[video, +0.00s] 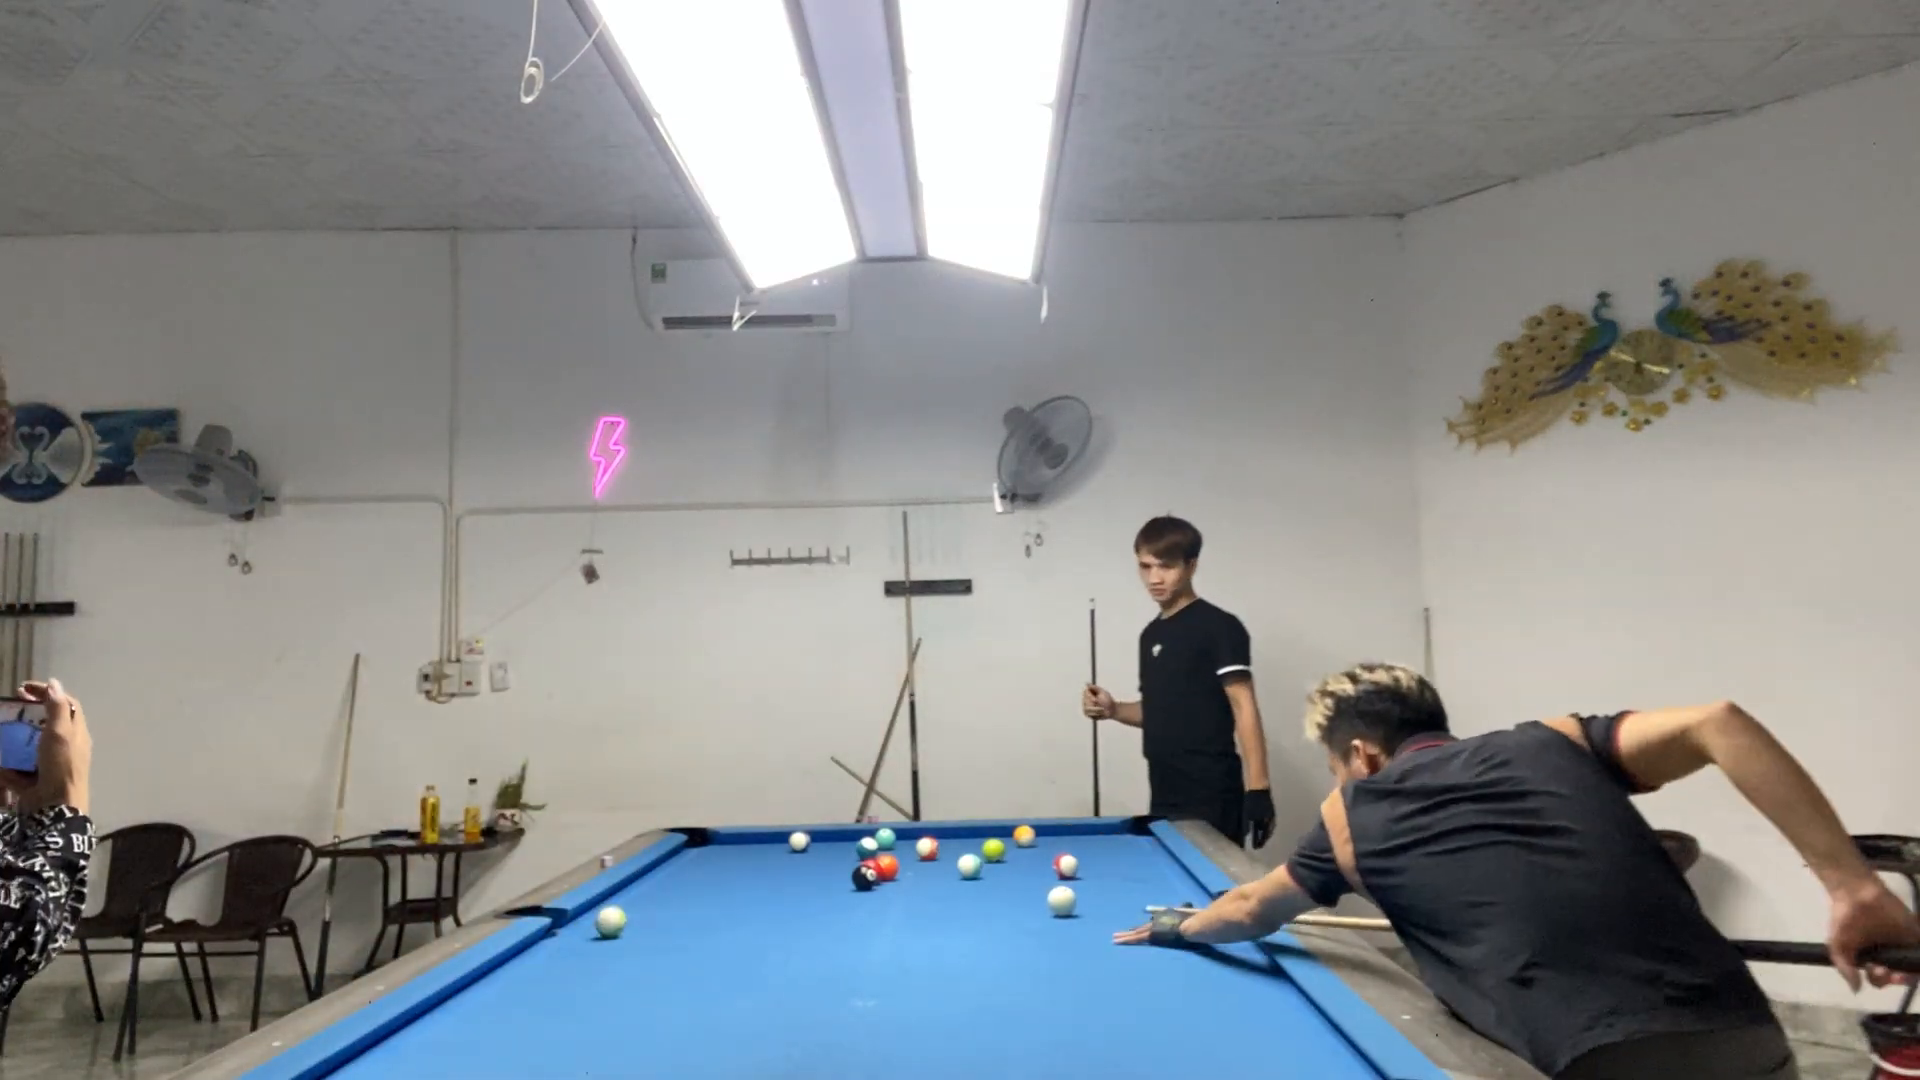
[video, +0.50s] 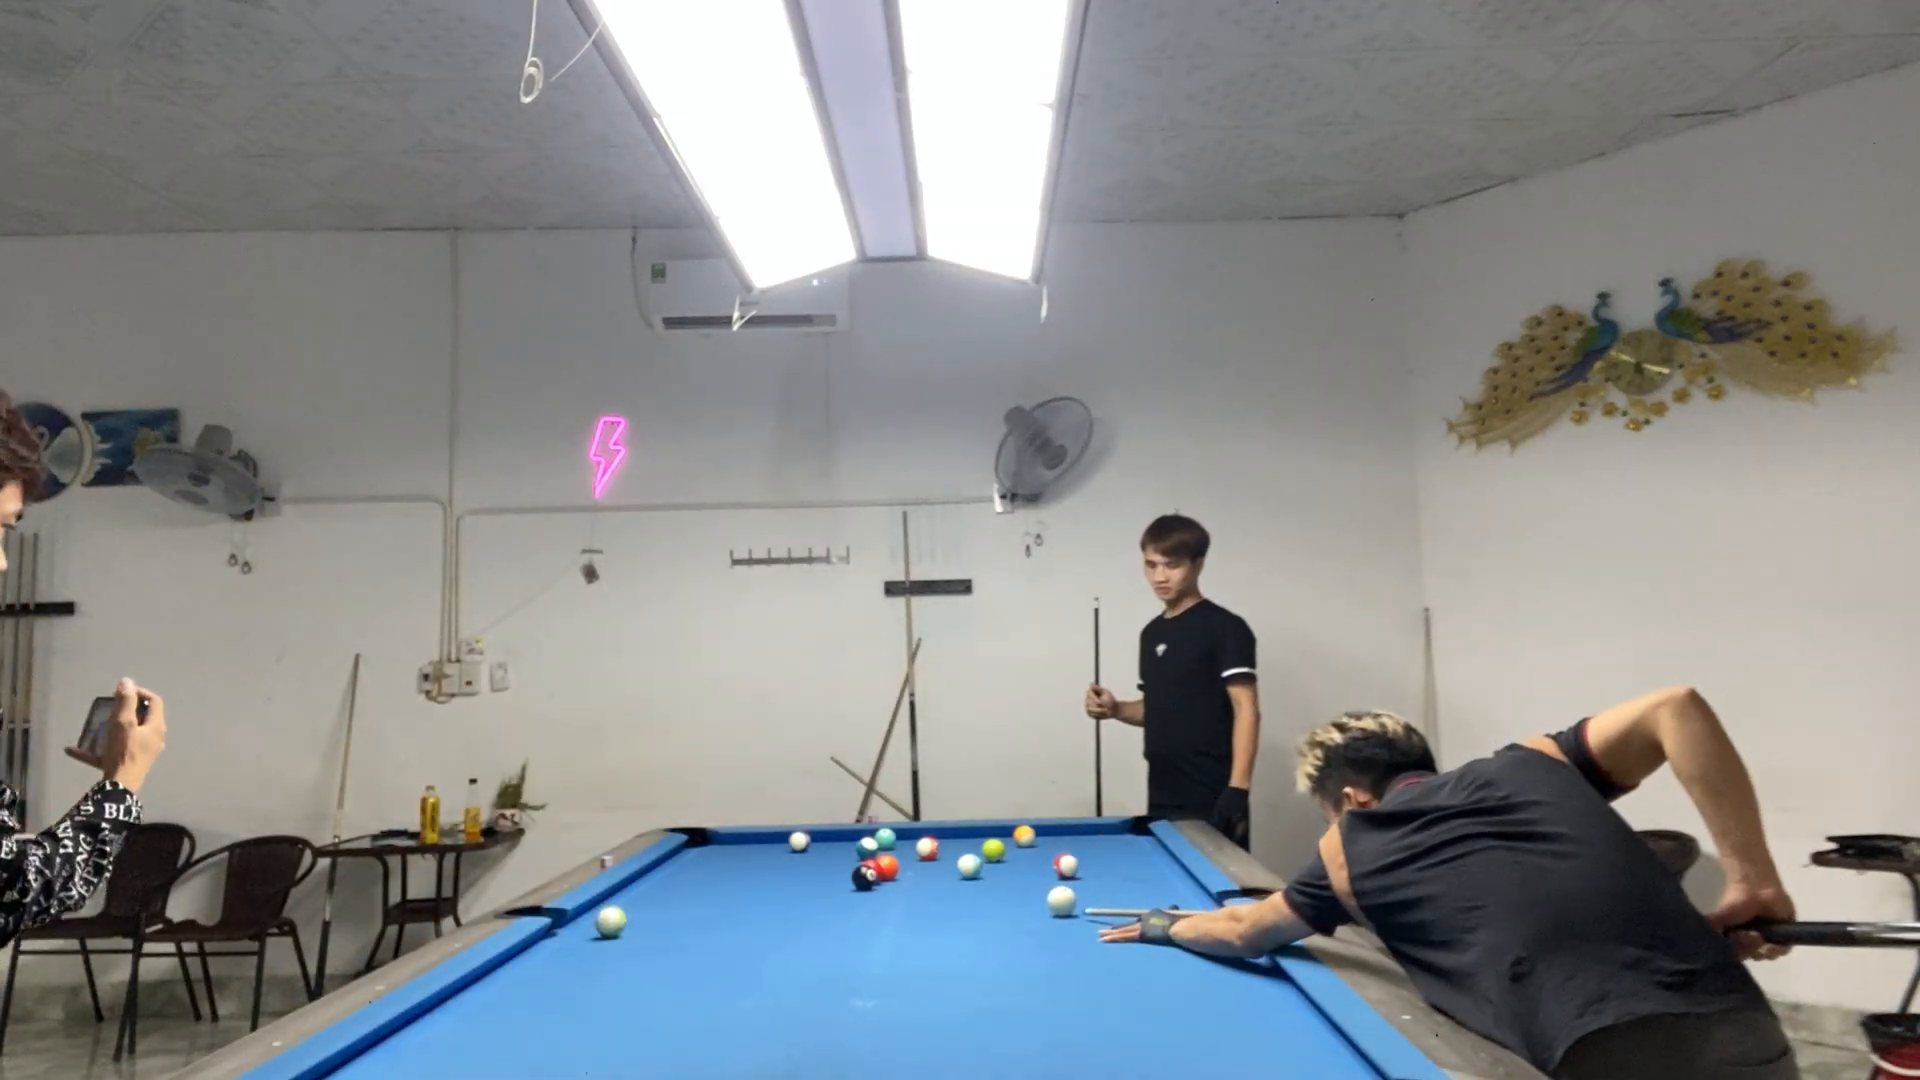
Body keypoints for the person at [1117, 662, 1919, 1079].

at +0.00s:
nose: (1329, 787)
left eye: (1328, 770)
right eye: (1327, 773)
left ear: (1360, 757)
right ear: (1436, 727)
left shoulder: (1353, 810)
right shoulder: (1555, 737)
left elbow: (1245, 910)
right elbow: (1717, 723)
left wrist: (1175, 927)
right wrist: (1852, 881)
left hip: (1607, 1062)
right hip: (1745, 1042)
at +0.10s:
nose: (1332, 804)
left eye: (1330, 790)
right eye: (1326, 793)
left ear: (1360, 773)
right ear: (1433, 744)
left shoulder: (1350, 831)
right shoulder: (1543, 742)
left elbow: (1250, 919)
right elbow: (1699, 707)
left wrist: (1179, 927)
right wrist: (1813, 868)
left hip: (1610, 1058)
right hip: (1749, 1041)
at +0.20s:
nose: (1332, 808)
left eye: (1328, 798)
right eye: (1326, 800)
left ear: (1355, 784)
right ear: (1429, 750)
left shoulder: (1350, 835)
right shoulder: (1539, 748)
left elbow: (1248, 923)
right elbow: (1686, 703)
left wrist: (1181, 926)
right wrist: (1781, 870)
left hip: (1610, 1053)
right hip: (1745, 1036)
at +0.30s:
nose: (1329, 815)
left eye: (1325, 806)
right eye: (1323, 806)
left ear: (1352, 790)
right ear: (1424, 758)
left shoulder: (1350, 839)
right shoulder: (1535, 752)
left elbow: (1244, 926)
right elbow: (1682, 705)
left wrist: (1171, 926)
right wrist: (1766, 873)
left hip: (1609, 1052)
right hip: (1744, 1036)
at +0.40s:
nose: (1329, 820)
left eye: (1325, 809)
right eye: (1324, 811)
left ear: (1350, 795)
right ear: (1423, 763)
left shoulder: (1349, 842)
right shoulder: (1535, 753)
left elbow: (1244, 928)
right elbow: (1679, 707)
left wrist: (1171, 925)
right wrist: (1763, 877)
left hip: (1610, 1052)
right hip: (1743, 1032)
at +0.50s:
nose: (1329, 822)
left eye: (1324, 812)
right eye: (1324, 813)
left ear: (1350, 798)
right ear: (1425, 766)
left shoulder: (1350, 844)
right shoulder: (1534, 755)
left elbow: (1244, 929)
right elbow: (1677, 708)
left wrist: (1169, 925)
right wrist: (1756, 876)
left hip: (1609, 1053)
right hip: (1745, 1034)